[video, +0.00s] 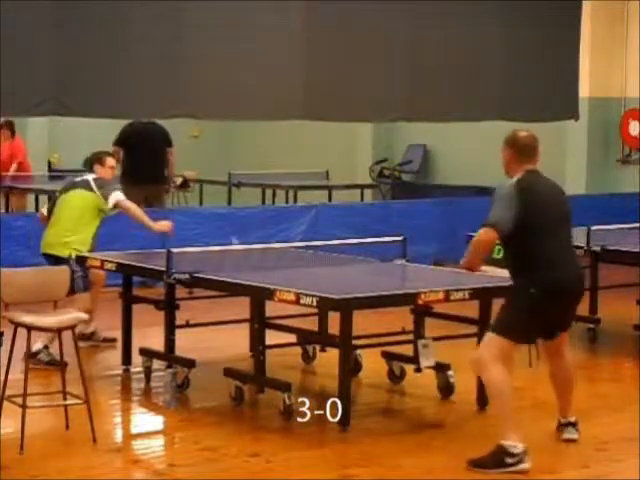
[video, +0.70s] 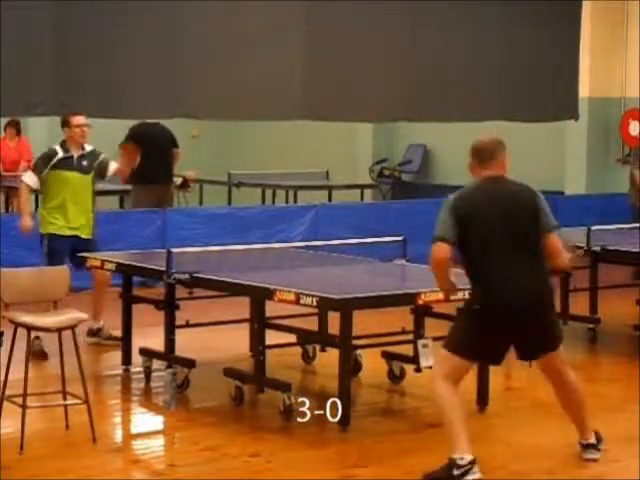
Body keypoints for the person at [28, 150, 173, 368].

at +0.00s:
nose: (114, 173)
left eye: (115, 169)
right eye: (111, 168)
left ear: (92, 169)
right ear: (97, 167)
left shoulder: (70, 183)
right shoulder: (103, 185)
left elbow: (44, 213)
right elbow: (125, 205)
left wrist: (57, 231)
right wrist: (152, 225)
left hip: (50, 249)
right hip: (70, 252)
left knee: (98, 277)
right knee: (78, 302)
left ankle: (86, 329)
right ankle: (41, 347)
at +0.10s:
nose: (115, 172)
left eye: (116, 167)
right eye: (112, 167)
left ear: (91, 168)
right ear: (98, 166)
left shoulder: (70, 183)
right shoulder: (103, 181)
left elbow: (45, 215)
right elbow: (122, 196)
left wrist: (61, 224)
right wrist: (153, 218)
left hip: (53, 247)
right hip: (75, 250)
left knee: (99, 276)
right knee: (79, 300)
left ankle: (86, 328)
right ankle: (41, 346)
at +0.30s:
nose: (116, 146)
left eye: (117, 141)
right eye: (113, 140)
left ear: (104, 142)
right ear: (100, 139)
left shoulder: (97, 174)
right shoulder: (70, 158)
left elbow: (101, 201)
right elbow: (58, 166)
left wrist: (123, 198)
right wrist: (64, 170)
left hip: (87, 230)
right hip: (65, 226)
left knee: (105, 278)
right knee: (78, 276)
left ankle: (89, 326)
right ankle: (62, 332)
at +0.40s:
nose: (104, 137)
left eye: (105, 133)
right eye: (100, 132)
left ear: (103, 136)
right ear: (85, 135)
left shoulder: (104, 159)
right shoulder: (66, 153)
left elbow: (127, 157)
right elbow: (41, 160)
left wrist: (126, 153)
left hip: (87, 226)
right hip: (63, 224)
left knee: (110, 279)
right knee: (73, 277)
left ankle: (93, 327)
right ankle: (57, 337)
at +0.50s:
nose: (94, 135)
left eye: (95, 130)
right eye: (88, 130)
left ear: (96, 133)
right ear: (74, 133)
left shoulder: (99, 155)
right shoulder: (59, 154)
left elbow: (128, 152)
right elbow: (30, 166)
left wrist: (130, 136)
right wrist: (23, 165)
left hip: (92, 228)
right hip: (64, 230)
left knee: (111, 280)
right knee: (63, 286)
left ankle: (95, 327)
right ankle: (44, 337)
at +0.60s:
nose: (83, 134)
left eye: (84, 129)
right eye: (78, 129)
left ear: (87, 131)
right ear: (65, 132)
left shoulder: (97, 156)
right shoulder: (50, 157)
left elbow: (124, 168)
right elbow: (23, 178)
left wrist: (130, 150)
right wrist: (17, 198)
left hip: (90, 231)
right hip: (60, 232)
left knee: (105, 280)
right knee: (55, 287)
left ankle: (95, 327)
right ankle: (38, 336)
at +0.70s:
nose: (84, 130)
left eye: (85, 126)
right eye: (78, 127)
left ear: (88, 129)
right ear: (66, 130)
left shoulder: (93, 156)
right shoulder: (51, 156)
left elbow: (120, 172)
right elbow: (26, 184)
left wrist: (130, 159)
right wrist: (26, 216)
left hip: (83, 230)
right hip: (55, 230)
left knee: (103, 277)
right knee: (54, 285)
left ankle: (96, 327)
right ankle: (37, 336)